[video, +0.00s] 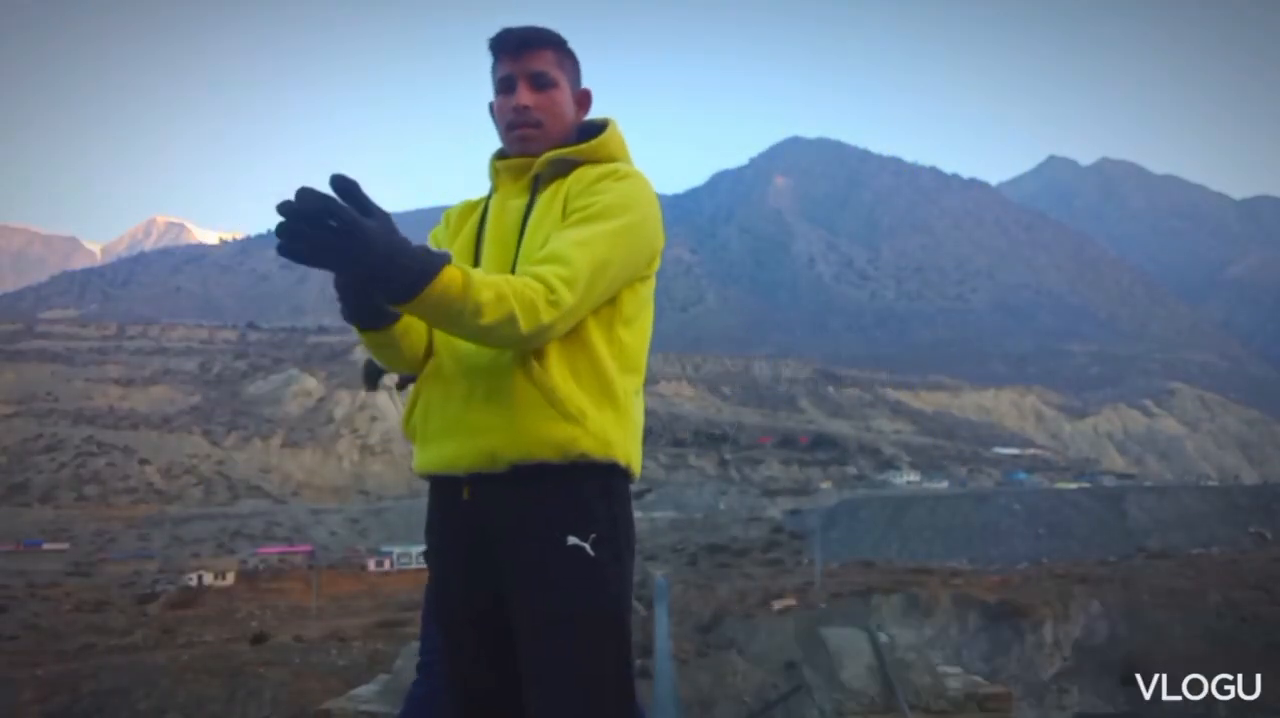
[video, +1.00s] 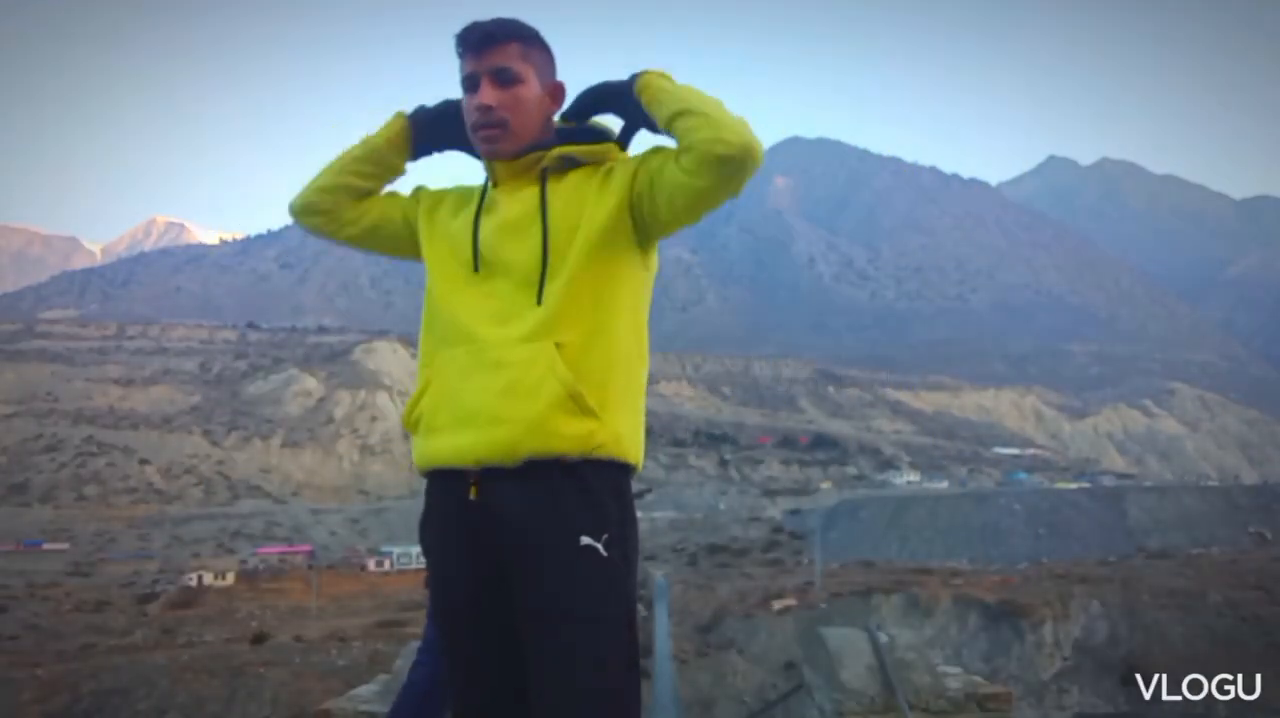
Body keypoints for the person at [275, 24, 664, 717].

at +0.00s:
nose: (520, 100)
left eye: (541, 83)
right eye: (505, 86)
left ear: (581, 100)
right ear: (492, 106)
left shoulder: (618, 196)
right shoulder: (458, 222)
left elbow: (530, 312)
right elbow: (412, 354)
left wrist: (399, 264)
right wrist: (364, 283)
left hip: (567, 498)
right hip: (460, 500)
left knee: (578, 698)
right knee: (465, 697)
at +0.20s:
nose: (516, 97)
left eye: (538, 81)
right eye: (503, 82)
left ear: (579, 101)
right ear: (487, 100)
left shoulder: (620, 192)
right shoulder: (453, 223)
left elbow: (571, 325)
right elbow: (420, 379)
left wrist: (431, 283)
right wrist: (388, 322)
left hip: (569, 501)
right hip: (459, 503)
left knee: (578, 699)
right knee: (469, 697)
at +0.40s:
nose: (504, 97)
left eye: (527, 82)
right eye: (492, 82)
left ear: (568, 100)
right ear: (479, 99)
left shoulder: (621, 194)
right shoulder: (449, 225)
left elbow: (586, 323)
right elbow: (404, 380)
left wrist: (452, 284)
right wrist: (413, 302)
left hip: (571, 504)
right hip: (459, 507)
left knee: (581, 700)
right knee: (477, 700)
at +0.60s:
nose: (492, 95)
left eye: (516, 78)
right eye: (482, 80)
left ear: (562, 100)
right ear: (469, 99)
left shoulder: (620, 193)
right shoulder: (463, 220)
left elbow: (621, 335)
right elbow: (389, 372)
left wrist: (513, 275)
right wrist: (422, 308)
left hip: (571, 496)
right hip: (458, 501)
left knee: (581, 697)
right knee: (474, 695)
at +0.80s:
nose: (489, 93)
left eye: (511, 76)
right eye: (477, 80)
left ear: (558, 93)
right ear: (466, 99)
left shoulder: (618, 193)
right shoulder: (442, 228)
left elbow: (692, 309)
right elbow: (369, 346)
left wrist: (606, 170)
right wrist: (376, 244)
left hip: (574, 493)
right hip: (457, 496)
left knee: (583, 697)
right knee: (476, 696)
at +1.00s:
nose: (483, 98)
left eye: (504, 78)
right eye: (470, 84)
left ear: (554, 96)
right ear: (460, 106)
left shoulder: (616, 187)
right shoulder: (439, 212)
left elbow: (730, 151)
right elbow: (319, 207)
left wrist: (645, 88)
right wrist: (410, 132)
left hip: (574, 496)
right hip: (457, 500)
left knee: (587, 698)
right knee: (474, 696)